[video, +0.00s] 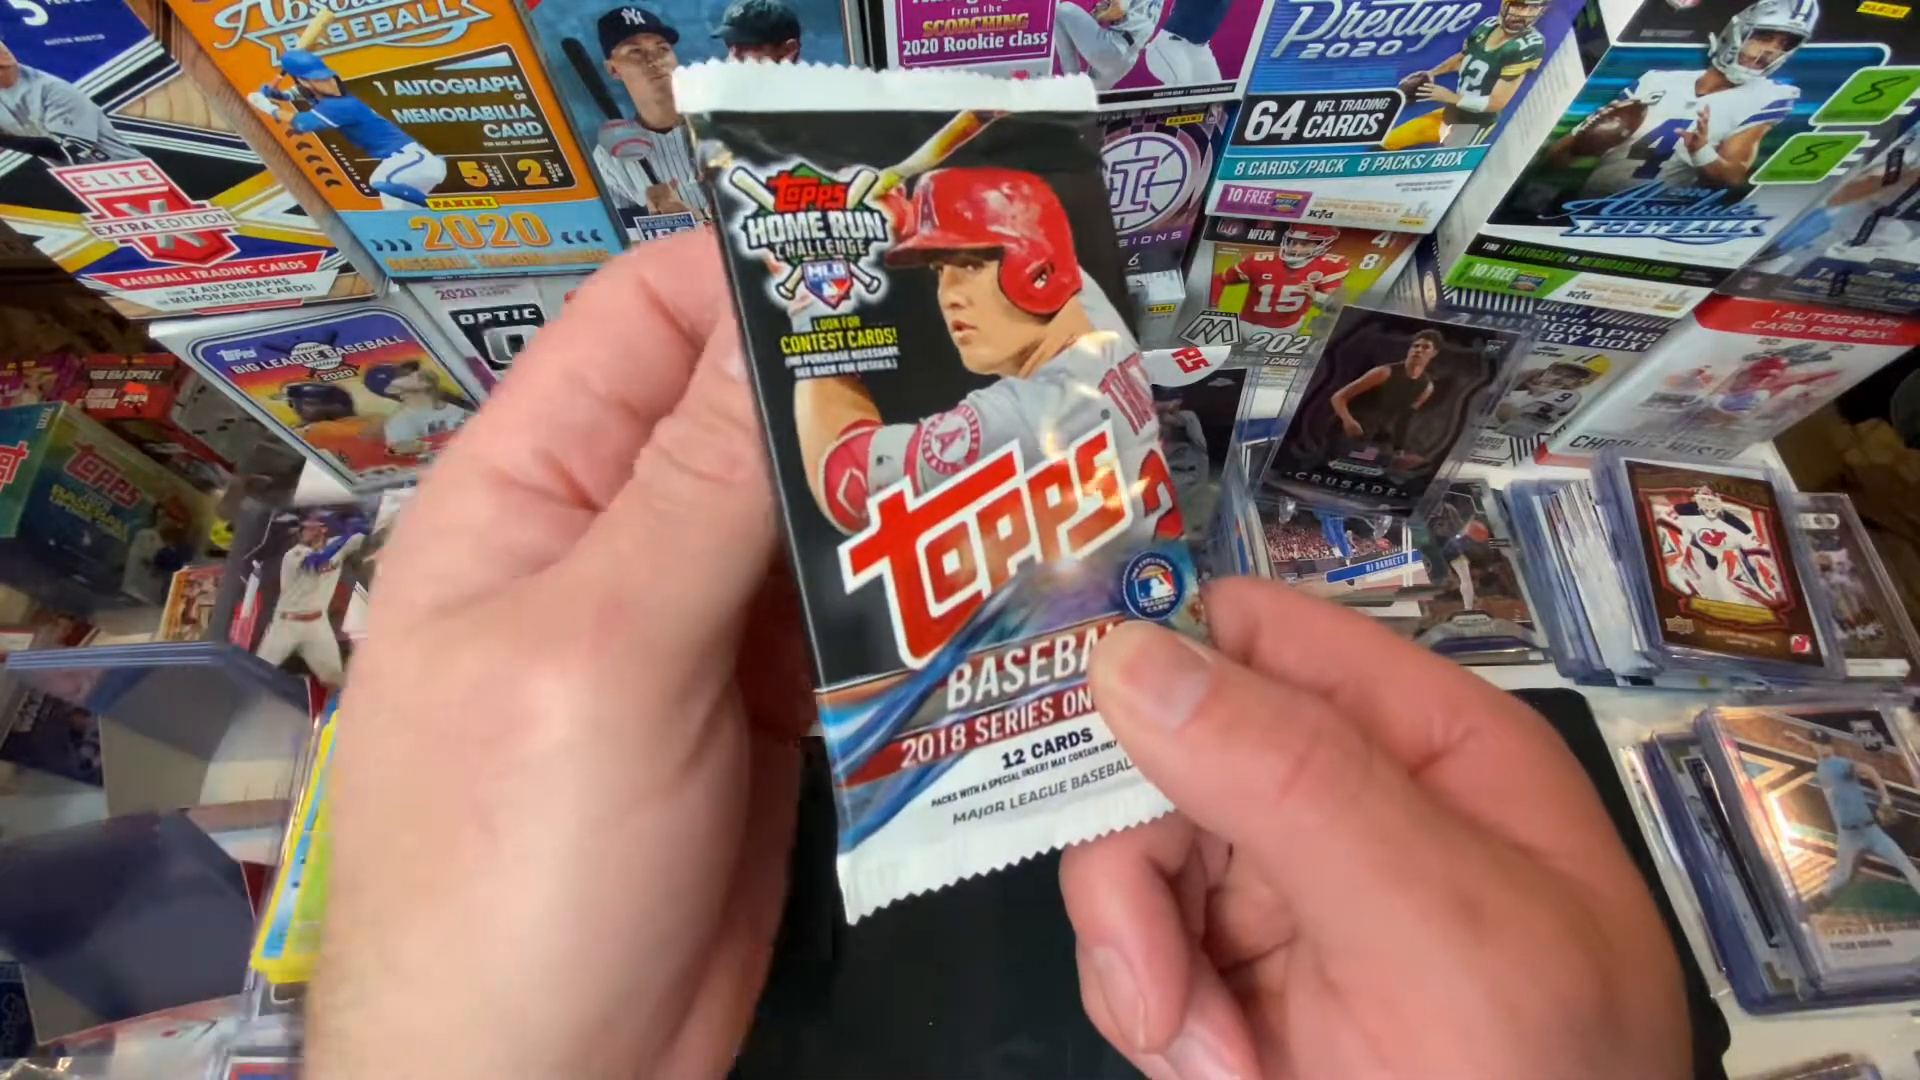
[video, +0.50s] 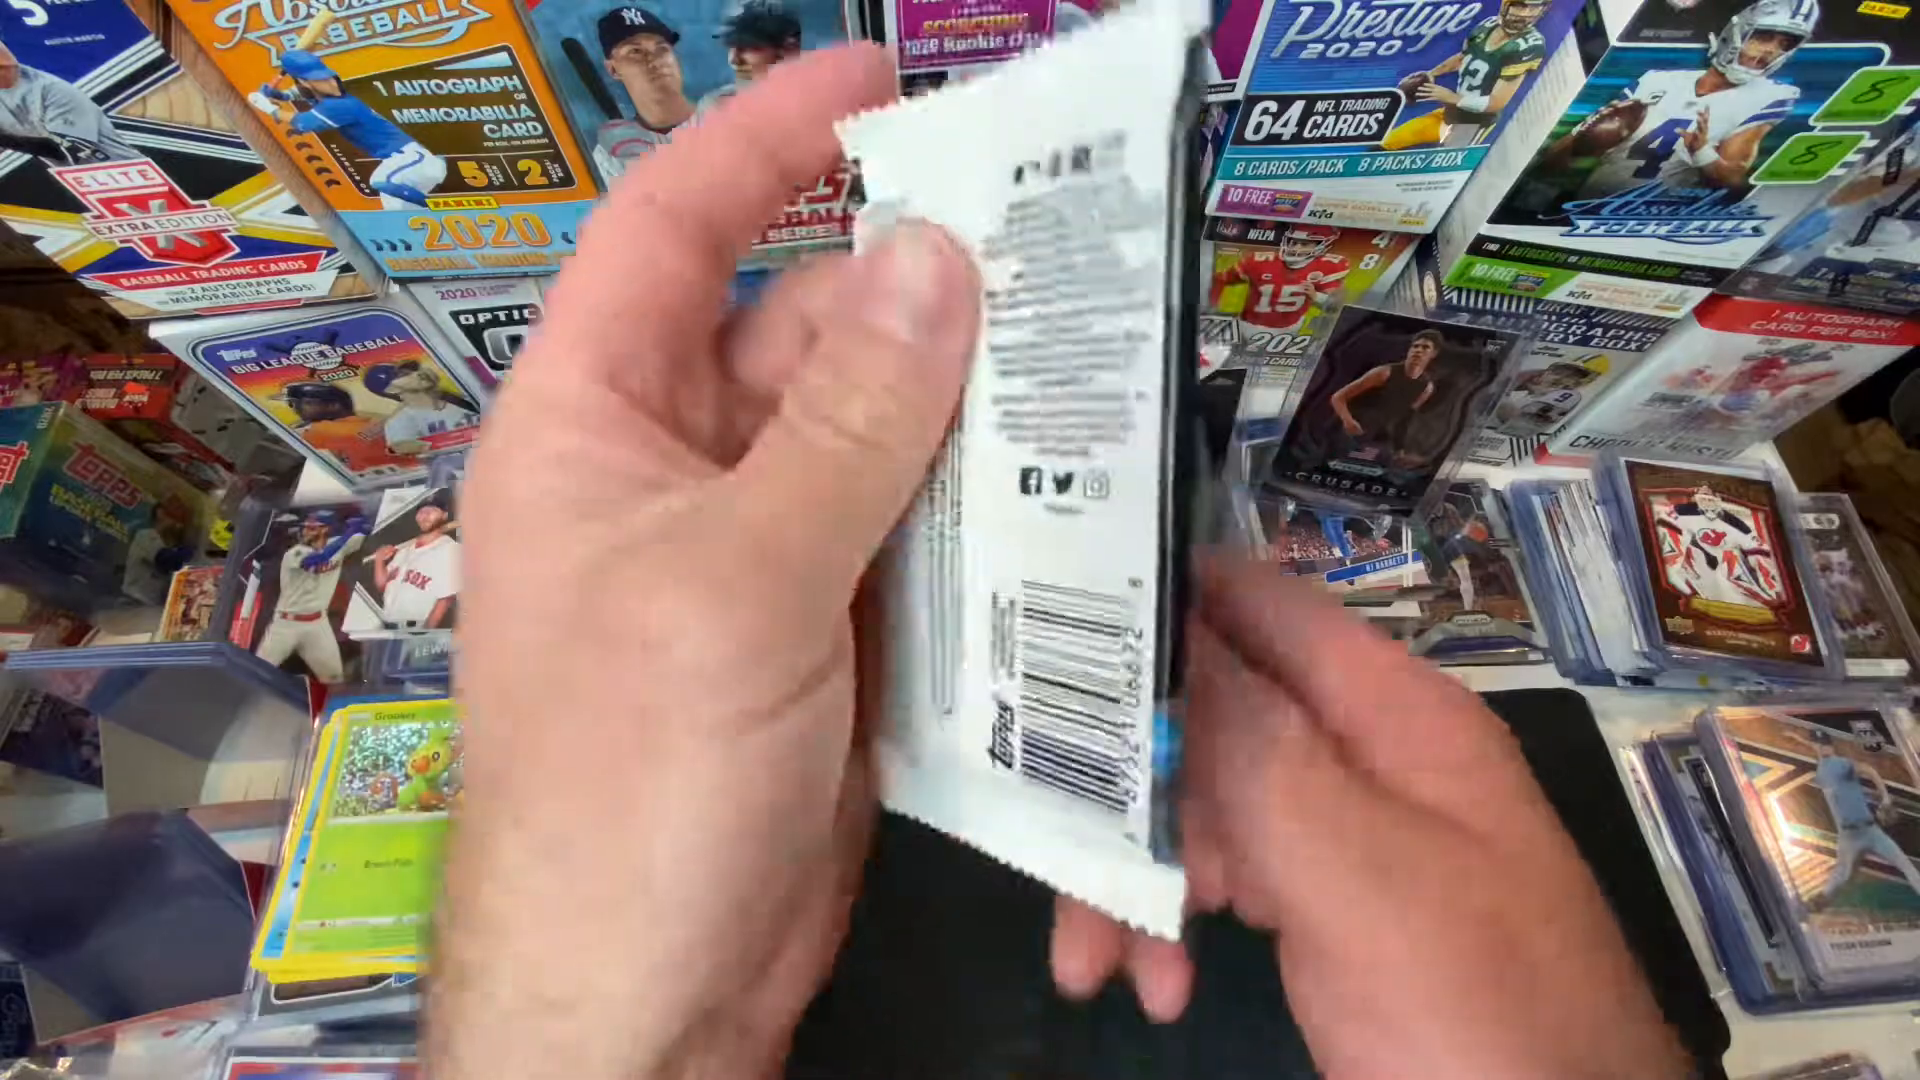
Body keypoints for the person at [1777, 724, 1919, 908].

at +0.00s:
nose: (1824, 750)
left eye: (1827, 745)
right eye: (1819, 746)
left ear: (1832, 745)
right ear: (1813, 747)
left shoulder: (1840, 764)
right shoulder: (1823, 768)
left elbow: (1869, 770)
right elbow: (1867, 770)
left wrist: (1885, 798)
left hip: (1870, 828)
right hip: (1847, 834)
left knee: (1904, 863)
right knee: (1842, 876)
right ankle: (1819, 901)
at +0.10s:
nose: (1823, 749)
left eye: (1826, 744)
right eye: (1819, 745)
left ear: (1831, 745)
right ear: (1814, 747)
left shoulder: (1842, 764)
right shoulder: (1820, 769)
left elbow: (1870, 771)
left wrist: (1885, 796)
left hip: (1870, 828)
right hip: (1847, 834)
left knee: (1903, 862)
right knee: (1842, 874)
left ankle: (1919, 890)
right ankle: (1819, 901)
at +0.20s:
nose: (1823, 750)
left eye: (1826, 745)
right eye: (1819, 746)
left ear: (1832, 746)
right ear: (1815, 749)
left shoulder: (1842, 764)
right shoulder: (1821, 770)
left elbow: (1870, 771)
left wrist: (1885, 797)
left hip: (1869, 828)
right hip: (1847, 833)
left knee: (1902, 862)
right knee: (1842, 874)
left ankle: (1919, 888)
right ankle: (1820, 900)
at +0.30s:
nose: (1823, 749)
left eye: (1825, 745)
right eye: (1819, 745)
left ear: (1831, 746)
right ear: (1815, 748)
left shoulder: (1841, 764)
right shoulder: (1821, 769)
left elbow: (1870, 771)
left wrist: (1884, 797)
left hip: (1869, 828)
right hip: (1847, 833)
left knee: (1902, 861)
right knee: (1842, 873)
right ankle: (1820, 900)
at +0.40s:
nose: (1824, 748)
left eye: (1826, 744)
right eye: (1819, 745)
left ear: (1832, 745)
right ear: (1814, 747)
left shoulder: (1840, 765)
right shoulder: (1823, 769)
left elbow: (1869, 771)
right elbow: (1869, 771)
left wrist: (1884, 797)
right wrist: (1885, 797)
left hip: (1870, 828)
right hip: (1847, 833)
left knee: (1903, 862)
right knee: (1843, 874)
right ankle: (1818, 902)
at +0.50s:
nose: (1824, 749)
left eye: (1826, 744)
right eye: (1819, 745)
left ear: (1832, 745)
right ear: (1814, 747)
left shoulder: (1840, 765)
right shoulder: (1823, 769)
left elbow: (1870, 771)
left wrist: (1884, 798)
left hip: (1870, 828)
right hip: (1847, 834)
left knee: (1903, 862)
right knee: (1843, 874)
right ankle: (1819, 901)